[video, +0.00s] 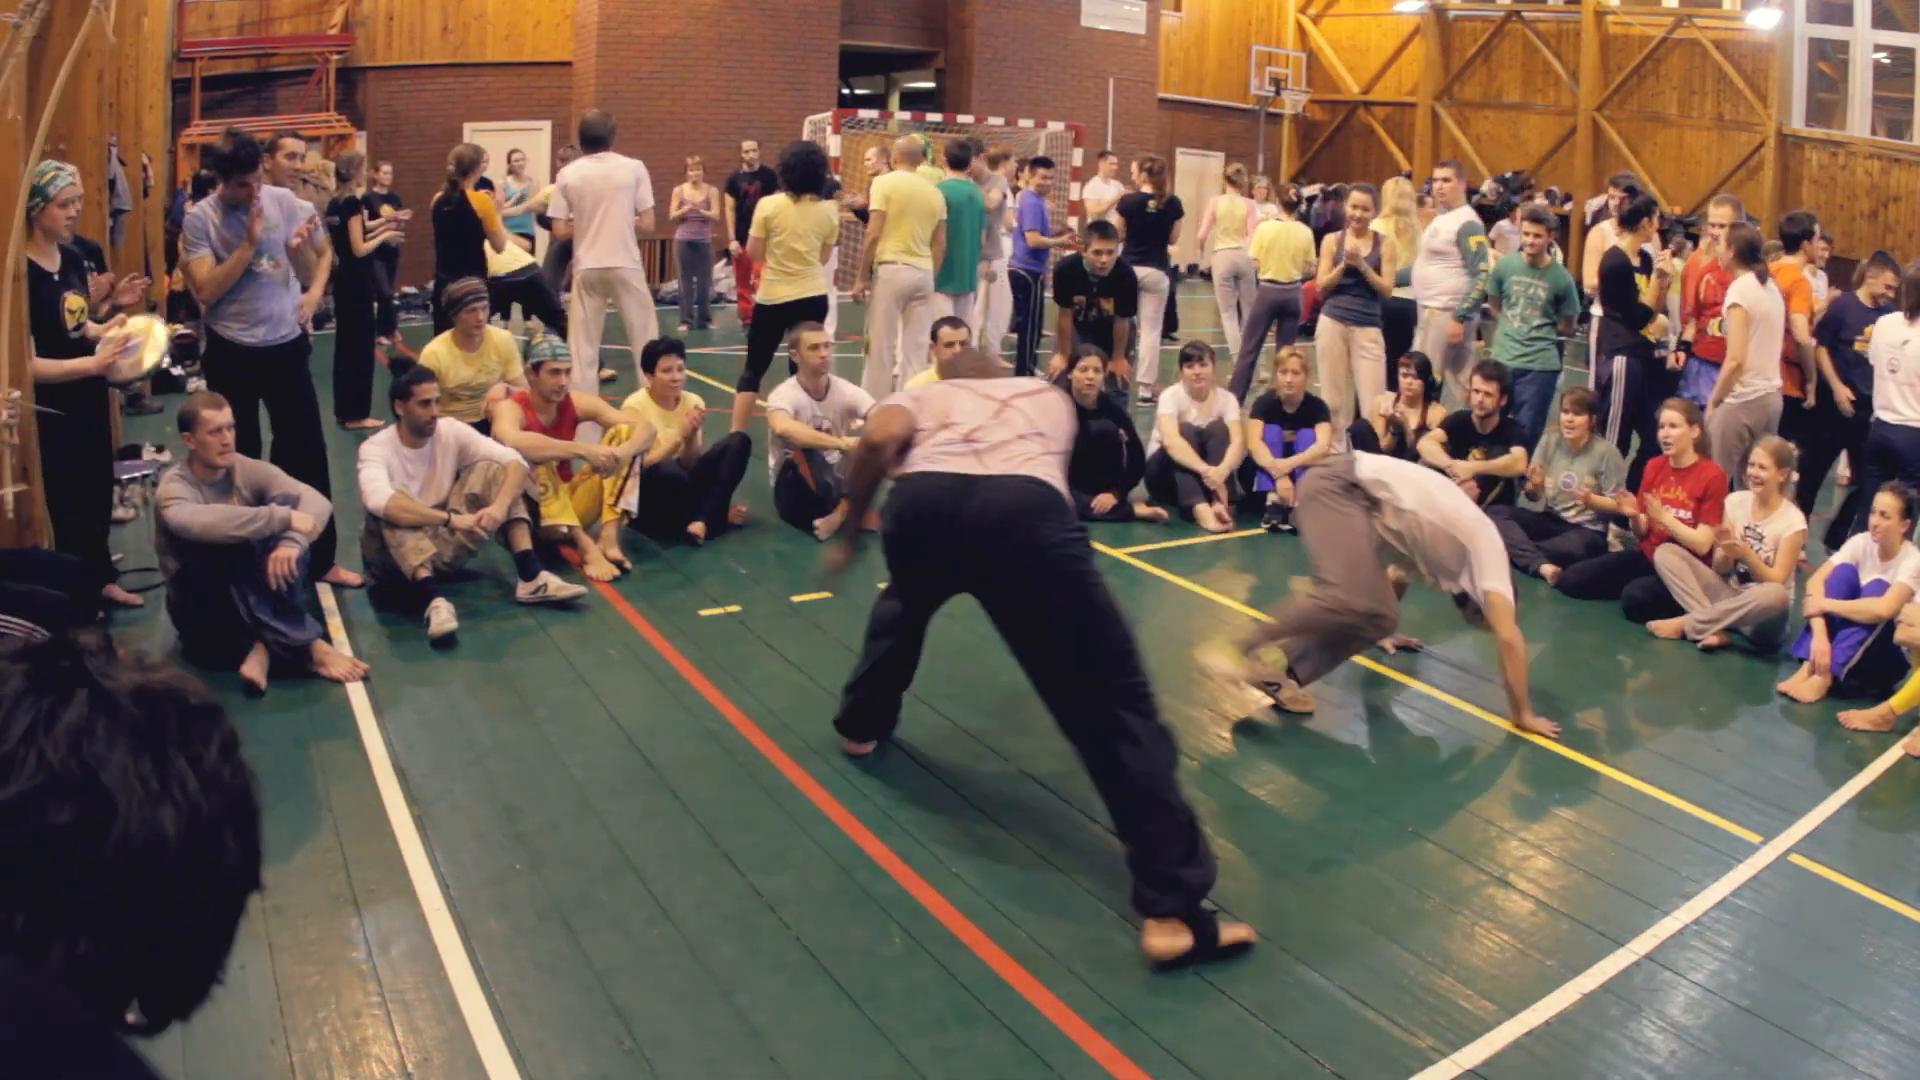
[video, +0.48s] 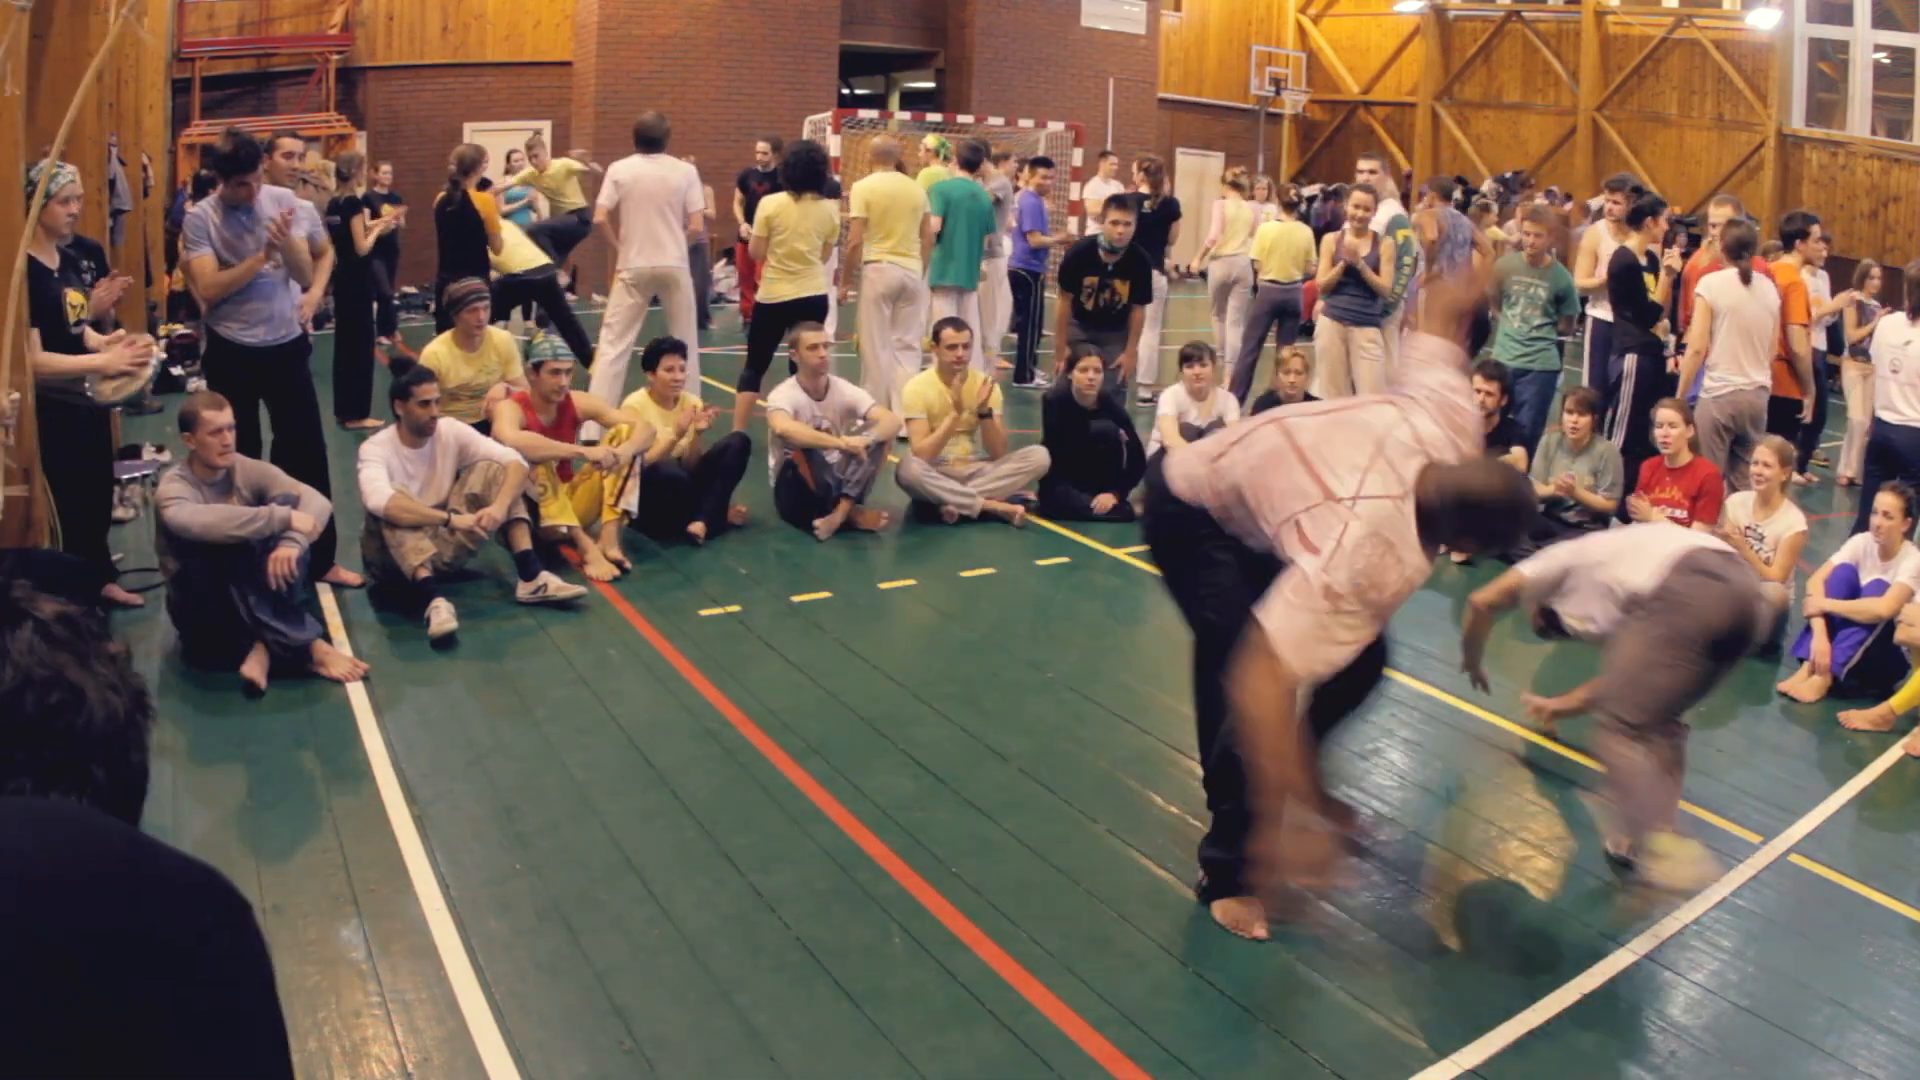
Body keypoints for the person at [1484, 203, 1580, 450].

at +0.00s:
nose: (1530, 241)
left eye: (1537, 236)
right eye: (1526, 234)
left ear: (1550, 238)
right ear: (1519, 234)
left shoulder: (1562, 279)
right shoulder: (1504, 265)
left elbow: (1568, 324)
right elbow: (1494, 305)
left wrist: (1540, 331)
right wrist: (1514, 325)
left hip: (1539, 359)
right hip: (1503, 354)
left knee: (1526, 430)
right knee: (1493, 424)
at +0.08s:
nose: (1530, 241)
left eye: (1537, 236)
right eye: (1526, 234)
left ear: (1550, 238)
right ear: (1519, 234)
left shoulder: (1562, 279)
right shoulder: (1503, 266)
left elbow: (1567, 324)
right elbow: (1494, 306)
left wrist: (1540, 332)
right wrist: (1514, 326)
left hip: (1539, 359)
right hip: (1503, 354)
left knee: (1526, 431)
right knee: (1492, 424)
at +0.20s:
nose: (1530, 241)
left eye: (1537, 236)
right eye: (1526, 234)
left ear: (1550, 238)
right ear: (1520, 234)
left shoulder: (1562, 278)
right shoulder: (1504, 265)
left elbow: (1568, 325)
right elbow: (1493, 305)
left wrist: (1539, 331)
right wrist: (1514, 326)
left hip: (1539, 361)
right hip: (1503, 356)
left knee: (1525, 431)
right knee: (1491, 425)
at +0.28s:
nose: (1531, 241)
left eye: (1537, 236)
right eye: (1526, 234)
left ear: (1550, 238)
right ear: (1520, 234)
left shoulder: (1561, 276)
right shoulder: (1503, 265)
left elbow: (1567, 324)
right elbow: (1493, 305)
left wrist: (1540, 334)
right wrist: (1513, 327)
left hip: (1539, 360)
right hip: (1503, 355)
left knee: (1526, 432)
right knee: (1492, 425)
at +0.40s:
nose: (1531, 241)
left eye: (1538, 236)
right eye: (1527, 234)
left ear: (1550, 238)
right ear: (1520, 234)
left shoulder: (1561, 277)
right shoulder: (1502, 266)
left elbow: (1567, 325)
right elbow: (1494, 304)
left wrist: (1538, 331)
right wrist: (1515, 326)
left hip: (1540, 361)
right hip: (1503, 357)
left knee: (1526, 430)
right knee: (1492, 424)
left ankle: (1516, 490)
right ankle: (1485, 487)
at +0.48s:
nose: (1530, 241)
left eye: (1537, 236)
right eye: (1526, 234)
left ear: (1551, 239)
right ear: (1520, 234)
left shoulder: (1562, 278)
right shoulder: (1504, 266)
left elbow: (1567, 325)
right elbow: (1495, 306)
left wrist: (1537, 333)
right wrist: (1515, 326)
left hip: (1540, 361)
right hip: (1503, 357)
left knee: (1526, 432)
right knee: (1491, 427)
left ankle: (1515, 490)